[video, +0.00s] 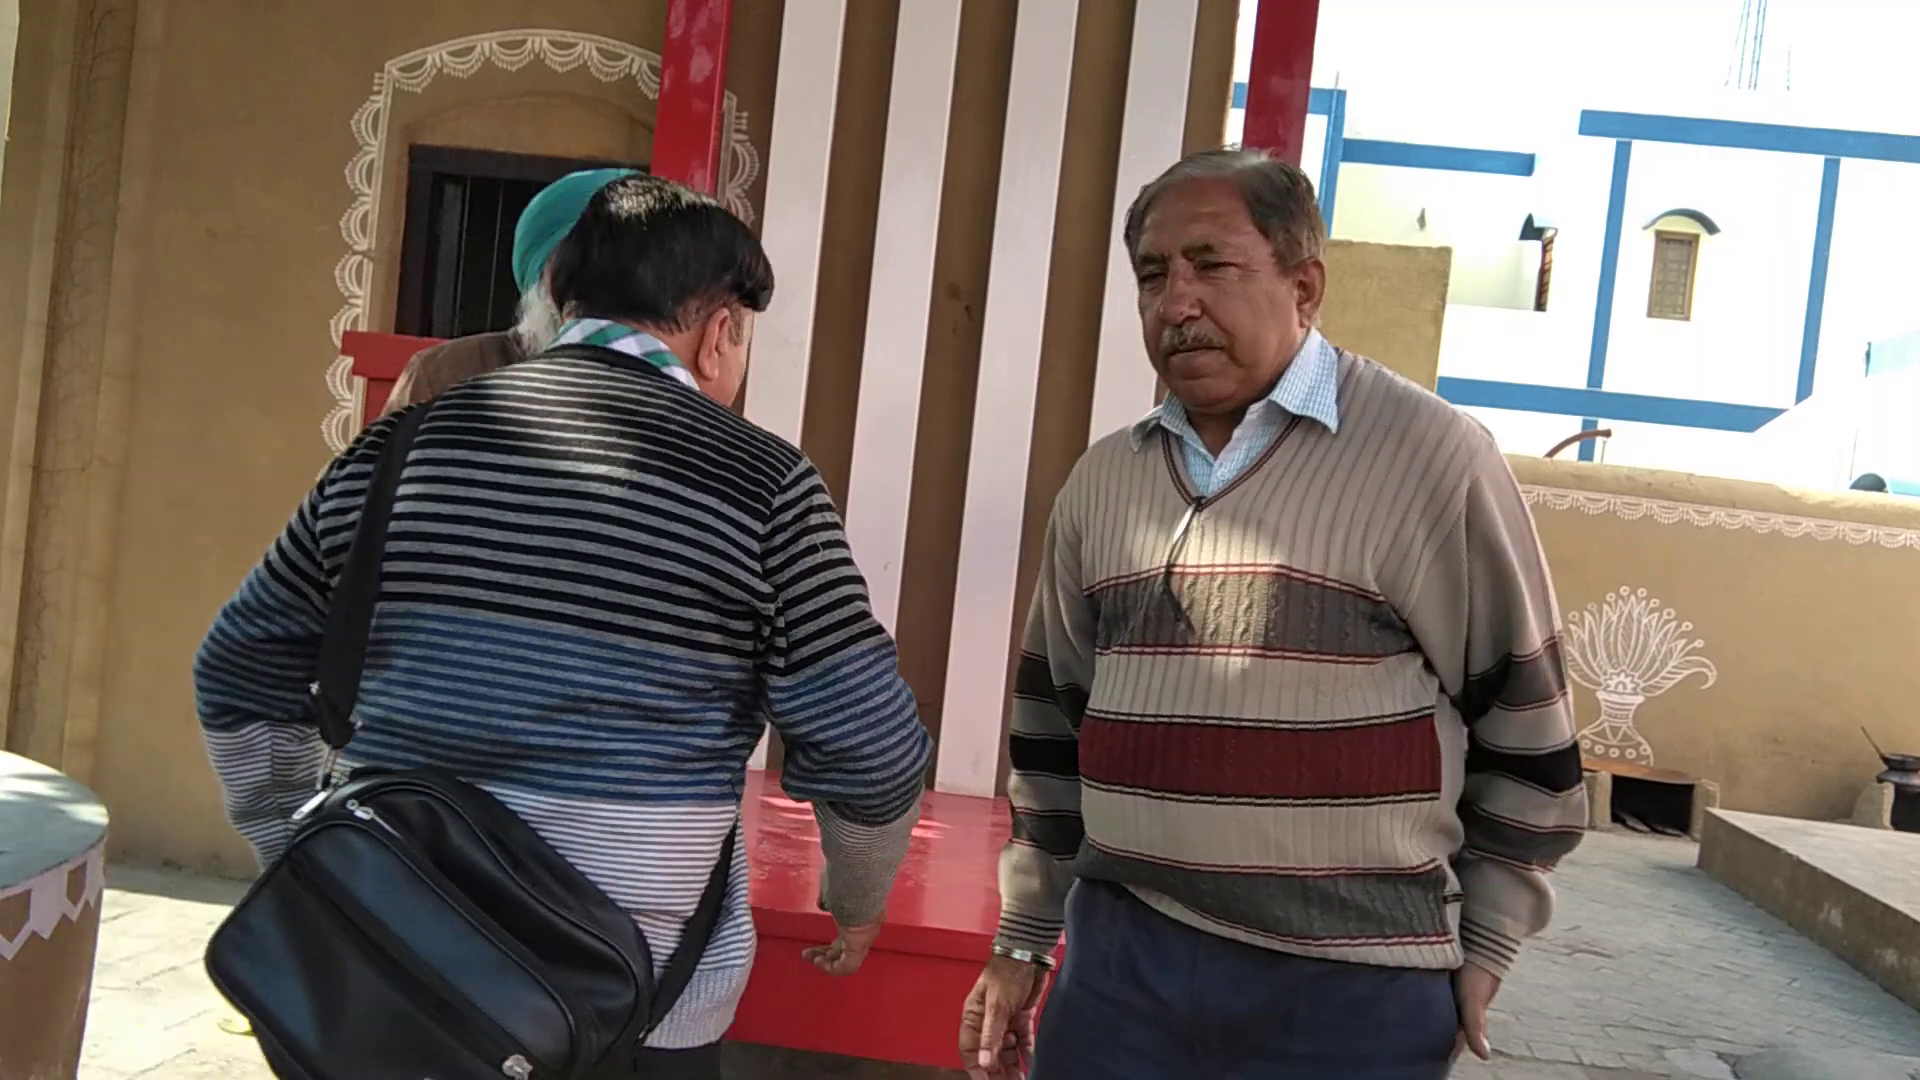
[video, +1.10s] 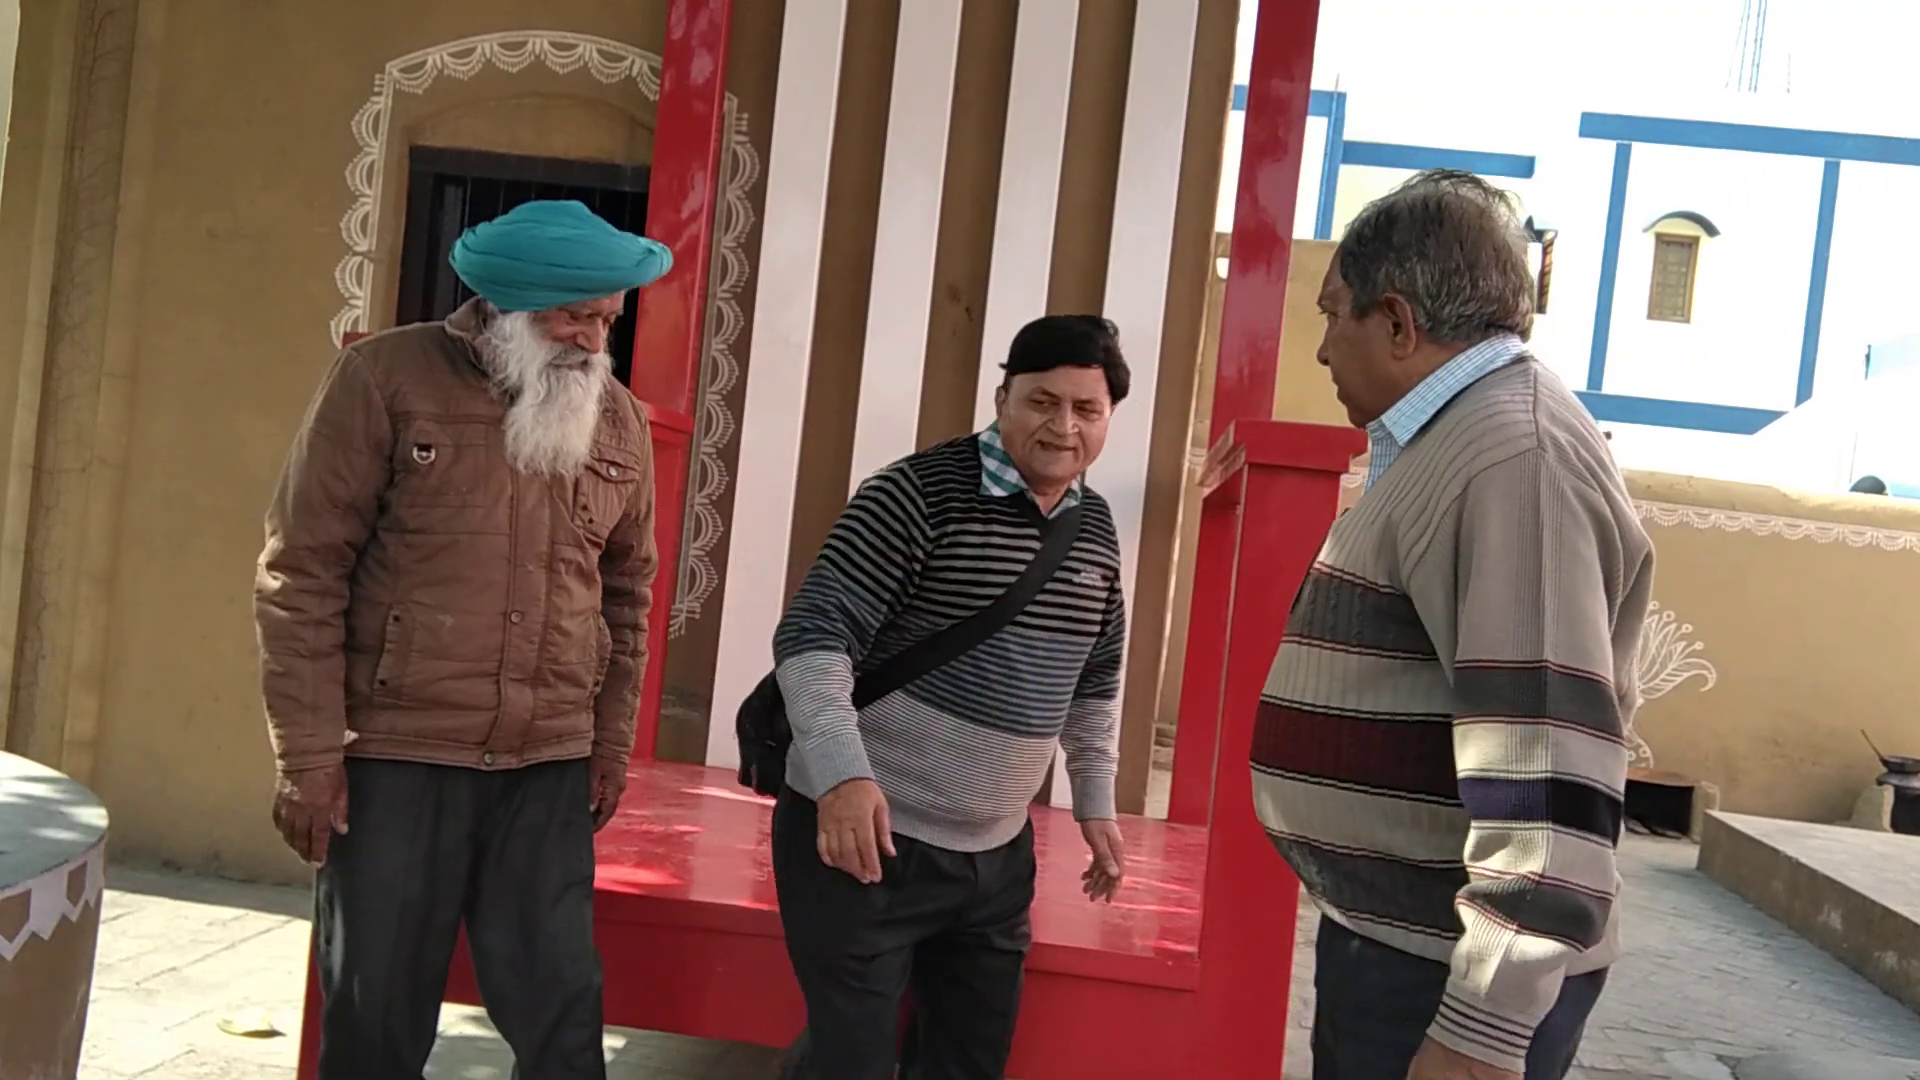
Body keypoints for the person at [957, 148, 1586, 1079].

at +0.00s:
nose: (1175, 300)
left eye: (1212, 264)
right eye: (1153, 274)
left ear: (1304, 285)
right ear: (1135, 300)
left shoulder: (1437, 463)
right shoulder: (1099, 484)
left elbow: (1529, 730)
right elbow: (1049, 726)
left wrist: (1481, 947)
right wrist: (1021, 939)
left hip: (1360, 989)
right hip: (1125, 960)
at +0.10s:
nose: (1198, 304)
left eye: (1238, 266)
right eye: (1187, 268)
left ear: (1351, 280)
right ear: (1176, 271)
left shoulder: (1480, 468)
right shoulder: (1160, 464)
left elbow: (1592, 772)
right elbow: (1110, 714)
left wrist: (1544, 1022)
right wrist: (1073, 912)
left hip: (1384, 1003)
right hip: (1163, 964)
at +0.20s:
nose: (1213, 317)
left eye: (1246, 280)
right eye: (1214, 276)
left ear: (1376, 291)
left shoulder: (1514, 489)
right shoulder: (1238, 442)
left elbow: (1631, 854)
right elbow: (1221, 708)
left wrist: (1564, 1066)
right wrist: (1165, 892)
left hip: (1407, 1022)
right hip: (1212, 968)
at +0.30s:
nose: (1227, 323)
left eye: (1259, 286)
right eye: (1231, 280)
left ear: (1386, 299)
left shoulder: (1523, 495)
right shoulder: (1285, 426)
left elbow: (1598, 870)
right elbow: (1269, 707)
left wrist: (1493, 1069)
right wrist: (1222, 919)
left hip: (1396, 1021)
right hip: (1243, 959)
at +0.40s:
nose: (1240, 320)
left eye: (1272, 284)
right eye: (1245, 278)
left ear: (1394, 298)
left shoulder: (1529, 490)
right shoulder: (1333, 414)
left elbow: (1556, 866)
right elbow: (1316, 710)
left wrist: (1384, 1058)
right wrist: (1264, 922)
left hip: (1425, 1008)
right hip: (1285, 956)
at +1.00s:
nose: (1312, 343)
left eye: (1322, 312)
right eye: (1312, 313)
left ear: (1386, 318)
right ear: (1395, 322)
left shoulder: (1509, 455)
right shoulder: (1443, 437)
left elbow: (1558, 796)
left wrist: (1515, 1053)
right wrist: (1339, 970)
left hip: (1434, 982)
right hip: (1376, 960)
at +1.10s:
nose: (1322, 345)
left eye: (1332, 315)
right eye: (1323, 315)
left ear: (1397, 322)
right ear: (1407, 326)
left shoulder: (1515, 460)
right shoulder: (1460, 439)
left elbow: (1546, 779)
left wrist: (1481, 1034)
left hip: (1447, 975)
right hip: (1395, 952)